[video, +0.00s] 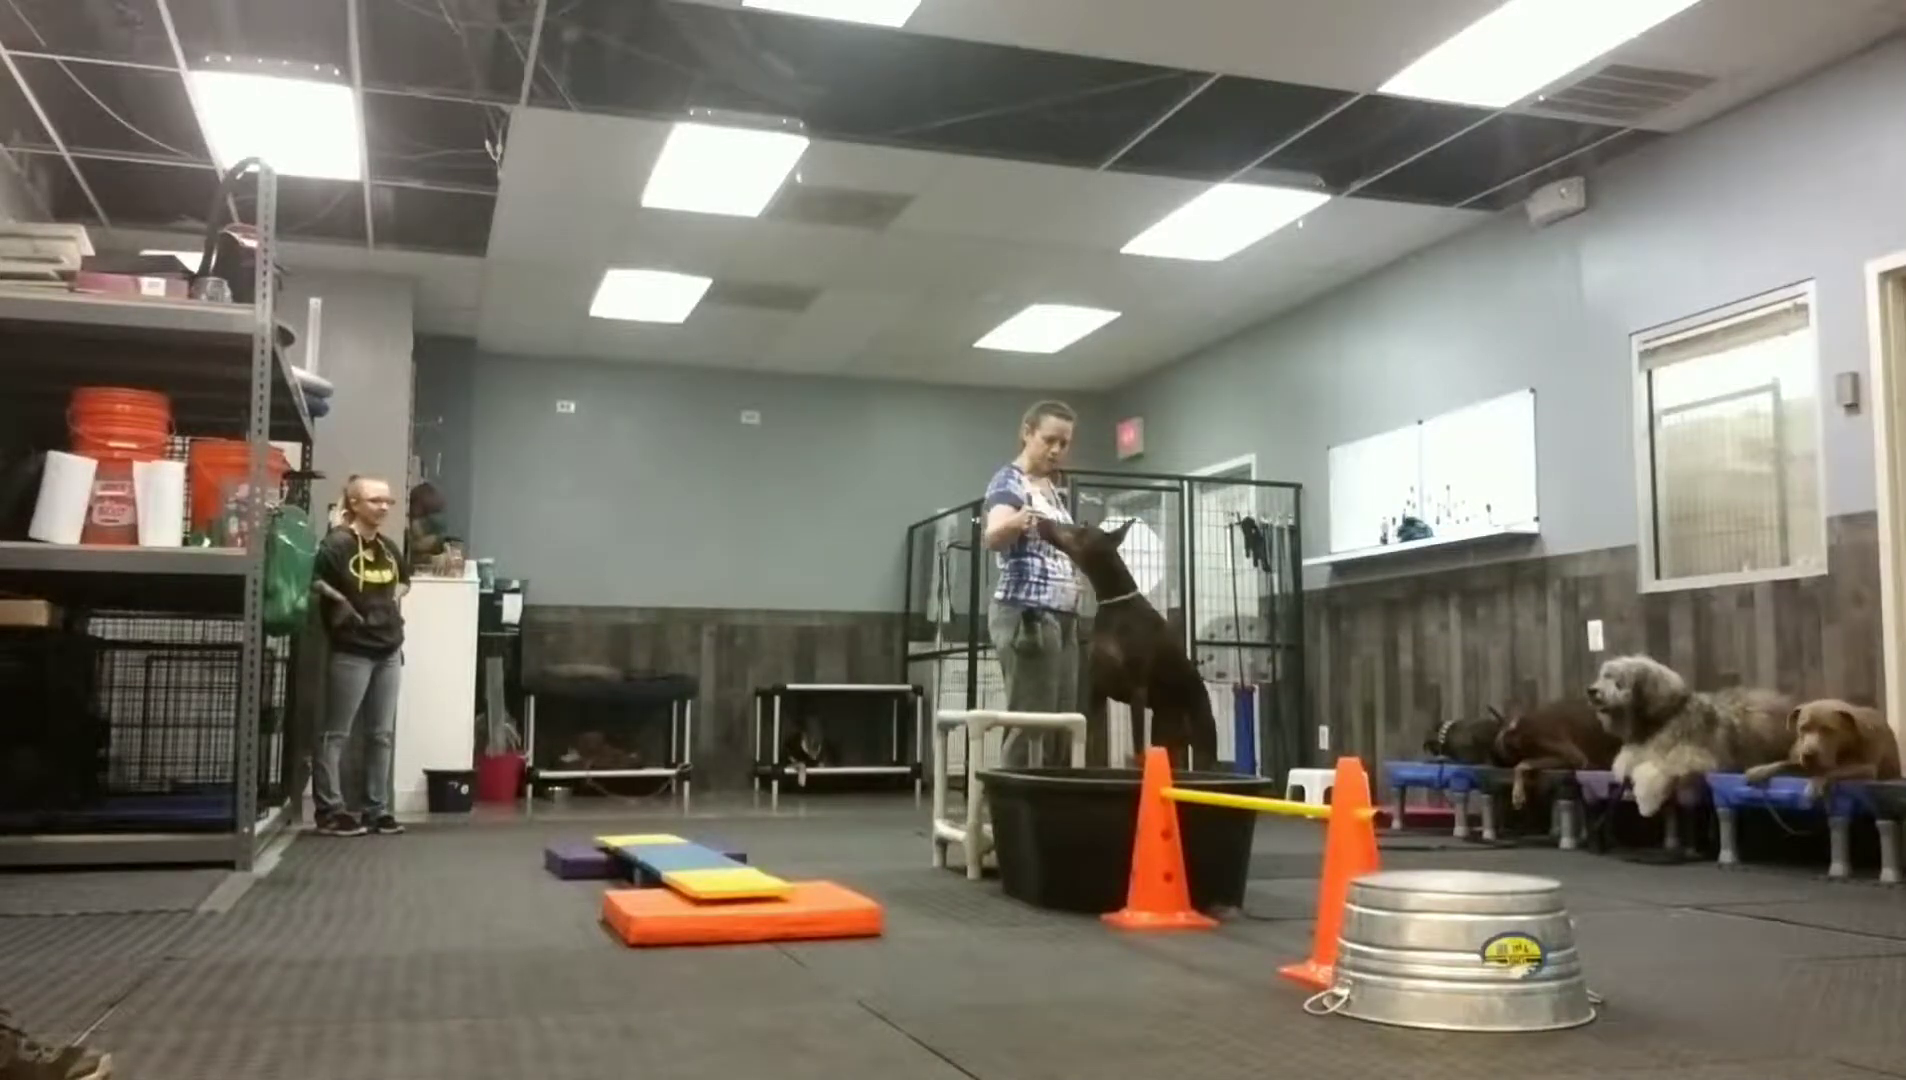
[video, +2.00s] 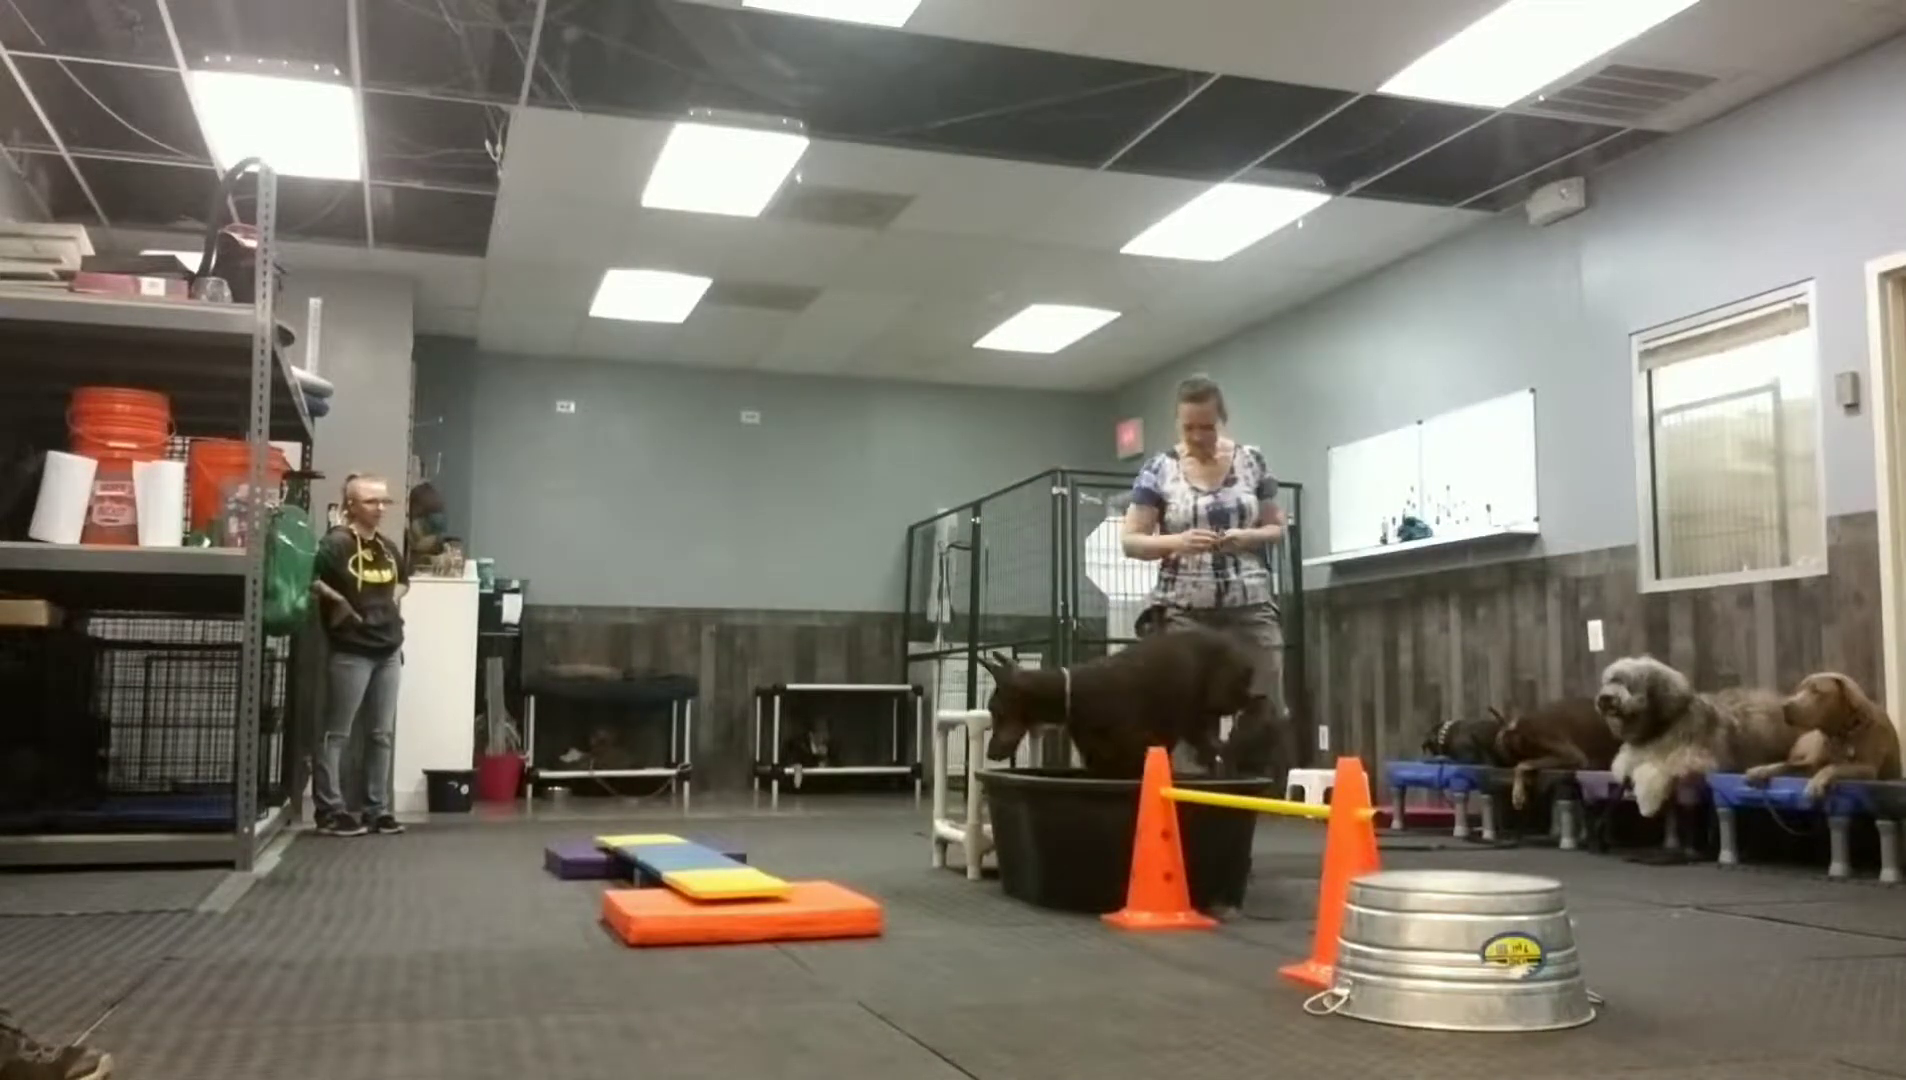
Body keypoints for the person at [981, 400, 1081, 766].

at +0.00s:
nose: (1057, 452)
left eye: (1064, 444)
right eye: (1050, 441)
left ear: (1069, 446)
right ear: (1027, 434)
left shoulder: (1053, 489)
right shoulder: (1010, 479)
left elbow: (1062, 541)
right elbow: (993, 536)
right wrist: (1018, 522)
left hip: (1063, 613)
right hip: (1026, 611)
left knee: (1064, 719)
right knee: (1032, 718)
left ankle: (1054, 808)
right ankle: (1008, 808)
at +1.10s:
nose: (1081, 478)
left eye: (1086, 472)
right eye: (1077, 467)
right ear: (1054, 453)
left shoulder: (1049, 499)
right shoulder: (1032, 494)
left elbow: (1044, 561)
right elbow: (1030, 559)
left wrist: (1076, 567)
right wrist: (1080, 563)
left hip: (1045, 619)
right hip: (1034, 620)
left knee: (1030, 723)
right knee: (1058, 722)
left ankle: (991, 803)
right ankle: (1056, 814)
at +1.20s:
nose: (1093, 474)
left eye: (1098, 467)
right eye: (1088, 464)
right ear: (1063, 450)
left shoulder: (1073, 501)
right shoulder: (1040, 494)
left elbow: (1070, 556)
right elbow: (1042, 560)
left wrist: (1104, 567)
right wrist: (1103, 572)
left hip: (1070, 619)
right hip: (1046, 618)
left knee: (1074, 722)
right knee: (1072, 722)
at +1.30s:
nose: (1110, 469)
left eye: (1115, 462)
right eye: (1105, 459)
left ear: (1118, 459)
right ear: (1081, 445)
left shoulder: (1097, 493)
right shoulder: (1054, 488)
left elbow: (1094, 551)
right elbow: (1060, 552)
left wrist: (1111, 563)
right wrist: (1120, 580)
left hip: (1101, 619)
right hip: (1062, 619)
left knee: (1128, 718)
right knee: (1079, 729)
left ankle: (1090, 806)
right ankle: (1061, 814)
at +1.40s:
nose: (1128, 467)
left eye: (1134, 459)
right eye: (1123, 457)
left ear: (1139, 455)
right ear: (1100, 444)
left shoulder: (1126, 490)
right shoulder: (1074, 488)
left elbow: (1130, 547)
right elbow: (1081, 548)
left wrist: (1140, 565)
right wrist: (1116, 583)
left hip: (1129, 624)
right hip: (1082, 626)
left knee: (1158, 725)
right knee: (1088, 736)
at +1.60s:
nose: (1186, 460)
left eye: (1194, 451)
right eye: (1178, 450)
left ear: (1202, 443)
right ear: (1159, 436)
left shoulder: (1203, 479)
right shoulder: (1137, 480)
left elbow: (1203, 538)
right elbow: (1128, 537)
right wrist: (1130, 584)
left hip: (1199, 618)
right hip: (1146, 620)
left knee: (1198, 719)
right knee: (1162, 714)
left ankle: (1185, 809)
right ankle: (1123, 798)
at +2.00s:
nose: (1197, 436)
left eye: (1205, 427)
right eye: (1189, 427)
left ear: (1221, 419)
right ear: (1178, 422)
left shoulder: (1250, 462)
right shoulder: (1159, 469)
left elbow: (1276, 529)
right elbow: (1131, 541)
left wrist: (1239, 538)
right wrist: (1178, 542)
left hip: (1251, 610)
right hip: (1184, 612)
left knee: (1267, 715)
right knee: (1188, 721)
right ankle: (1190, 814)